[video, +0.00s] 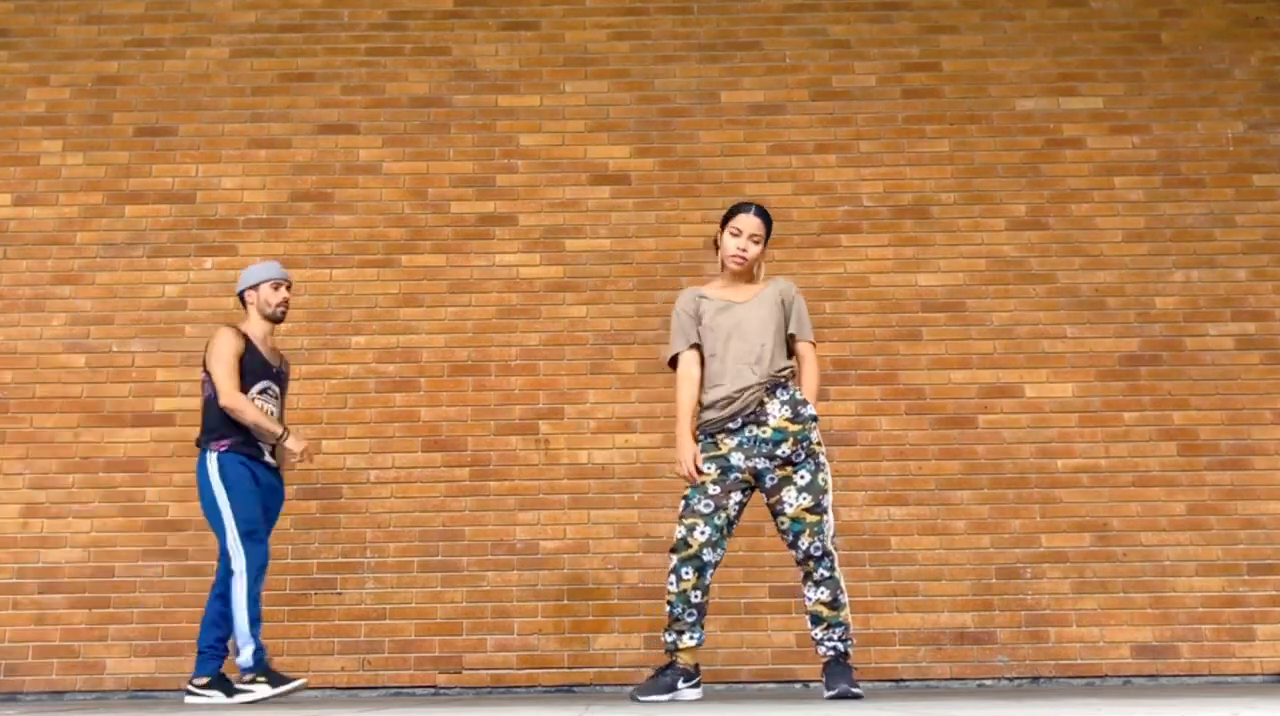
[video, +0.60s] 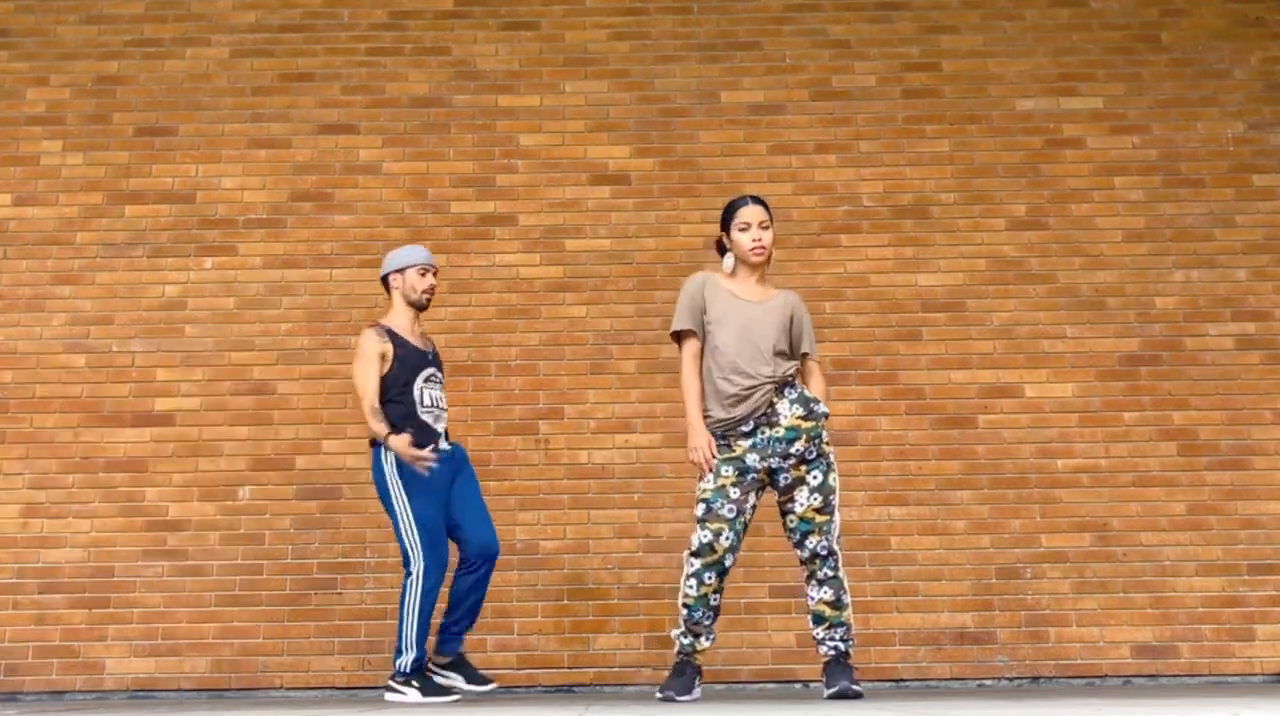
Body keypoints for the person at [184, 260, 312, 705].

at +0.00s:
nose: (285, 295)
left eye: (287, 289)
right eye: (275, 287)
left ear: (286, 299)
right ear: (249, 296)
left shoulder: (280, 363)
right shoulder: (227, 338)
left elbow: (275, 428)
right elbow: (230, 400)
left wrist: (280, 466)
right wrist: (282, 434)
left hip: (263, 470)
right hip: (225, 464)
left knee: (236, 564)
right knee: (248, 555)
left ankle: (205, 674)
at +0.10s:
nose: (306, 296)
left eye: (309, 290)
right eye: (297, 289)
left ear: (309, 298)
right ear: (271, 296)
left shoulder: (311, 363)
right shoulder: (246, 344)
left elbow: (309, 427)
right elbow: (238, 407)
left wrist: (310, 473)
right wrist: (294, 434)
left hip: (293, 473)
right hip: (254, 466)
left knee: (254, 579)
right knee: (293, 550)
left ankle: (208, 674)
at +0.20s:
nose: (328, 301)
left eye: (331, 294)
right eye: (318, 294)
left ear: (332, 302)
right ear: (293, 301)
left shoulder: (339, 366)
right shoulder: (268, 356)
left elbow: (343, 434)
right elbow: (267, 422)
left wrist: (342, 488)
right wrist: (289, 447)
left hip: (327, 479)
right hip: (288, 474)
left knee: (286, 582)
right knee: (336, 554)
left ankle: (217, 665)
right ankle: (381, 662)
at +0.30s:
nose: (352, 305)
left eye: (355, 298)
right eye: (342, 298)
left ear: (357, 306)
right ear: (317, 306)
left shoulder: (367, 368)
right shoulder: (297, 366)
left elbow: (370, 435)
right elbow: (269, 430)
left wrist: (378, 487)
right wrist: (304, 468)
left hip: (368, 483)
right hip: (331, 478)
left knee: (334, 592)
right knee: (386, 554)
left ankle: (245, 652)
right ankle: (402, 672)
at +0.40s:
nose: (379, 307)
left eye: (381, 300)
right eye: (369, 299)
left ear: (383, 308)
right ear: (343, 309)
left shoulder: (391, 368)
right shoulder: (325, 371)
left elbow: (394, 433)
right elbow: (294, 436)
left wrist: (410, 477)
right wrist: (323, 474)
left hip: (405, 483)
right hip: (362, 479)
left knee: (392, 600)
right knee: (420, 556)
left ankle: (307, 638)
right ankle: (408, 674)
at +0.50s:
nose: (407, 299)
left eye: (410, 292)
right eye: (397, 291)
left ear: (410, 301)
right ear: (370, 300)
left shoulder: (413, 361)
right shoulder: (351, 362)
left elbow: (413, 426)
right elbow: (347, 428)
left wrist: (430, 466)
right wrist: (350, 466)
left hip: (426, 471)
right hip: (383, 471)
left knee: (456, 572)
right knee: (427, 565)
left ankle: (376, 637)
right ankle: (408, 674)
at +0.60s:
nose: (432, 281)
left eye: (434, 275)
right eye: (422, 273)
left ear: (429, 285)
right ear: (394, 281)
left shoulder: (425, 341)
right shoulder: (373, 339)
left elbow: (427, 403)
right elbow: (370, 408)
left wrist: (444, 443)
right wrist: (393, 441)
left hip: (447, 459)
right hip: (404, 461)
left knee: (482, 548)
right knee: (426, 561)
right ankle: (406, 673)